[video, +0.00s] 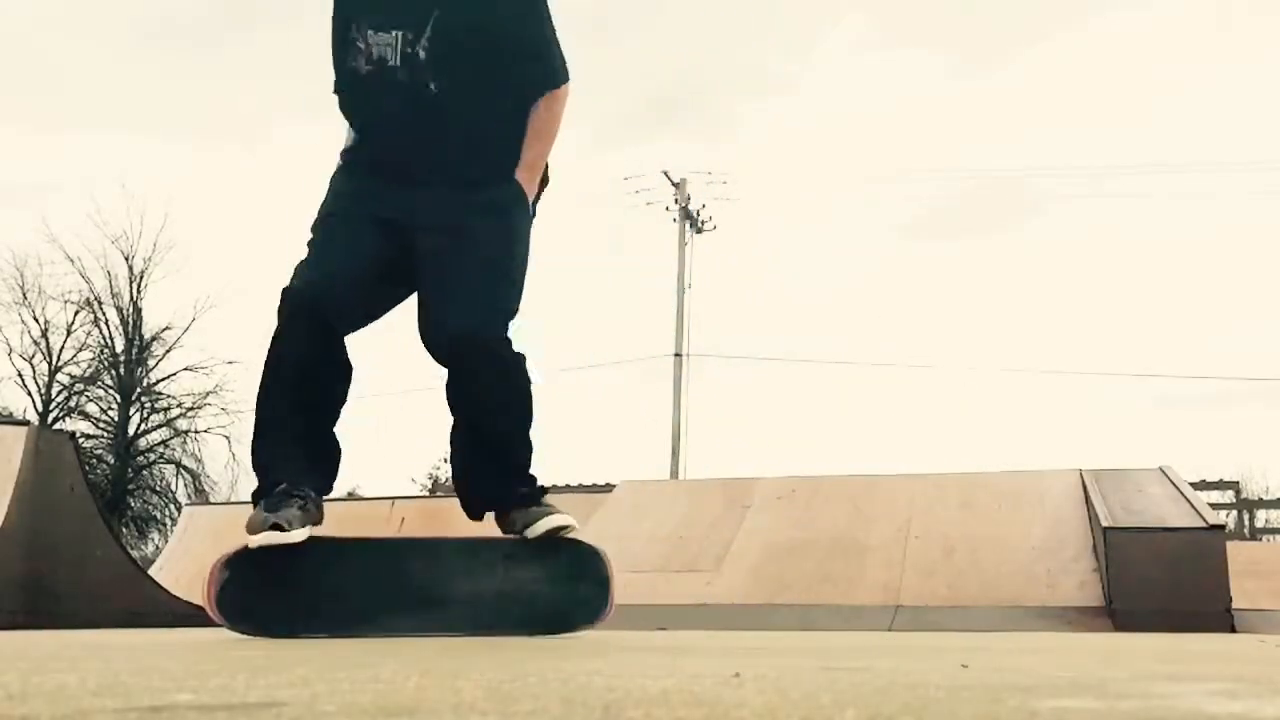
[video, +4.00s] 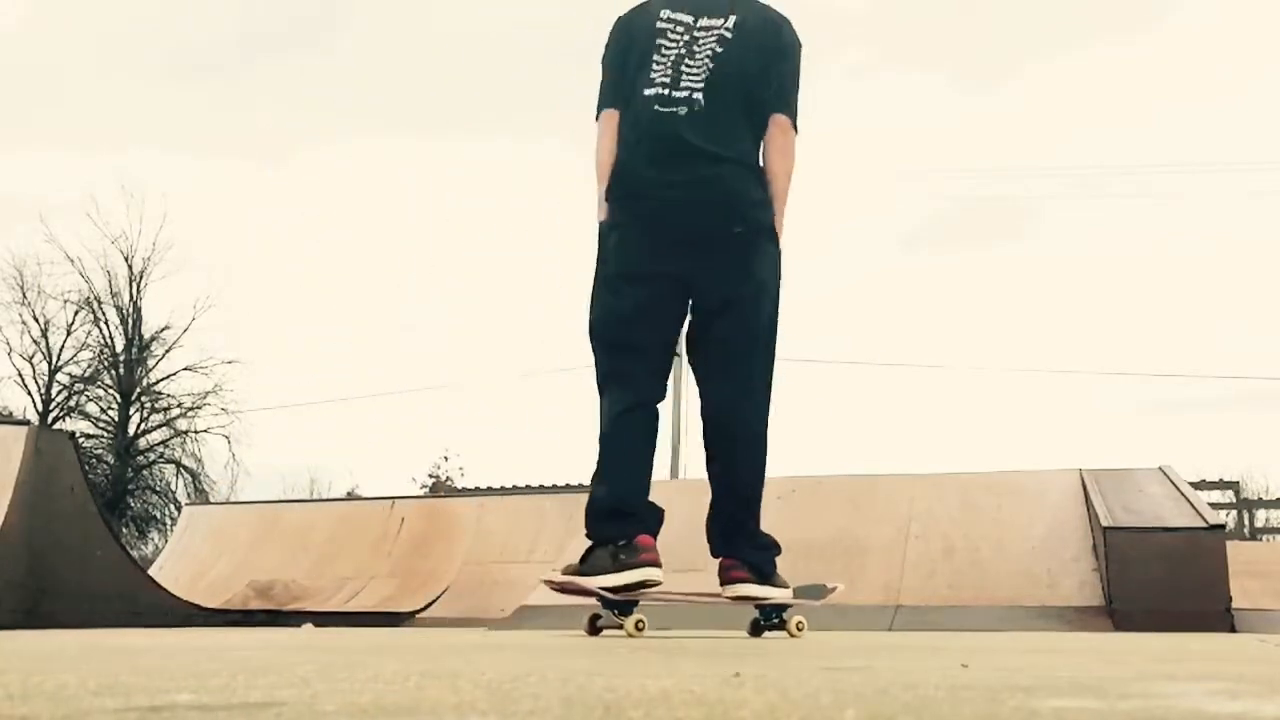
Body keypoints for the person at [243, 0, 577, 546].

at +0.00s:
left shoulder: (511, 9)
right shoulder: (350, 7)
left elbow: (551, 83)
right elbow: (353, 89)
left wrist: (522, 182)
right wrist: (372, 159)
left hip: (480, 190)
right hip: (374, 184)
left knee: (471, 334)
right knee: (308, 308)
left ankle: (513, 495)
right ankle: (290, 486)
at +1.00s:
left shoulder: (503, 6)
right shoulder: (338, 6)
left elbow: (521, 57)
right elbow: (345, 82)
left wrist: (519, 168)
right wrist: (360, 169)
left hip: (483, 177)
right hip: (378, 178)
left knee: (490, 350)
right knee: (331, 334)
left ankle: (494, 507)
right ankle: (273, 493)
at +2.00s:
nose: (534, 28)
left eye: (550, 20)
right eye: (532, 8)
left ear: (555, 19)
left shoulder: (499, 67)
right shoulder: (376, 12)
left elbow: (430, 158)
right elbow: (287, 71)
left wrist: (413, 237)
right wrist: (307, 192)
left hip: (392, 221)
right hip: (315, 196)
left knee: (449, 387)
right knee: (366, 335)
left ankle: (362, 543)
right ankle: (281, 530)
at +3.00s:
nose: (583, 34)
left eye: (592, 31)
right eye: (594, 22)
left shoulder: (432, 8)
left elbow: (377, 94)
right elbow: (527, 53)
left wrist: (386, 171)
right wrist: (540, 171)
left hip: (385, 168)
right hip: (473, 163)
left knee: (399, 364)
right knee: (534, 345)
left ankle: (344, 522)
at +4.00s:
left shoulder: (634, 19)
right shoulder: (772, 25)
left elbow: (610, 124)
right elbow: (779, 131)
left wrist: (607, 216)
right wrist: (772, 226)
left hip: (640, 222)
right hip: (736, 224)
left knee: (628, 389)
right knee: (737, 398)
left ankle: (624, 536)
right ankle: (742, 554)